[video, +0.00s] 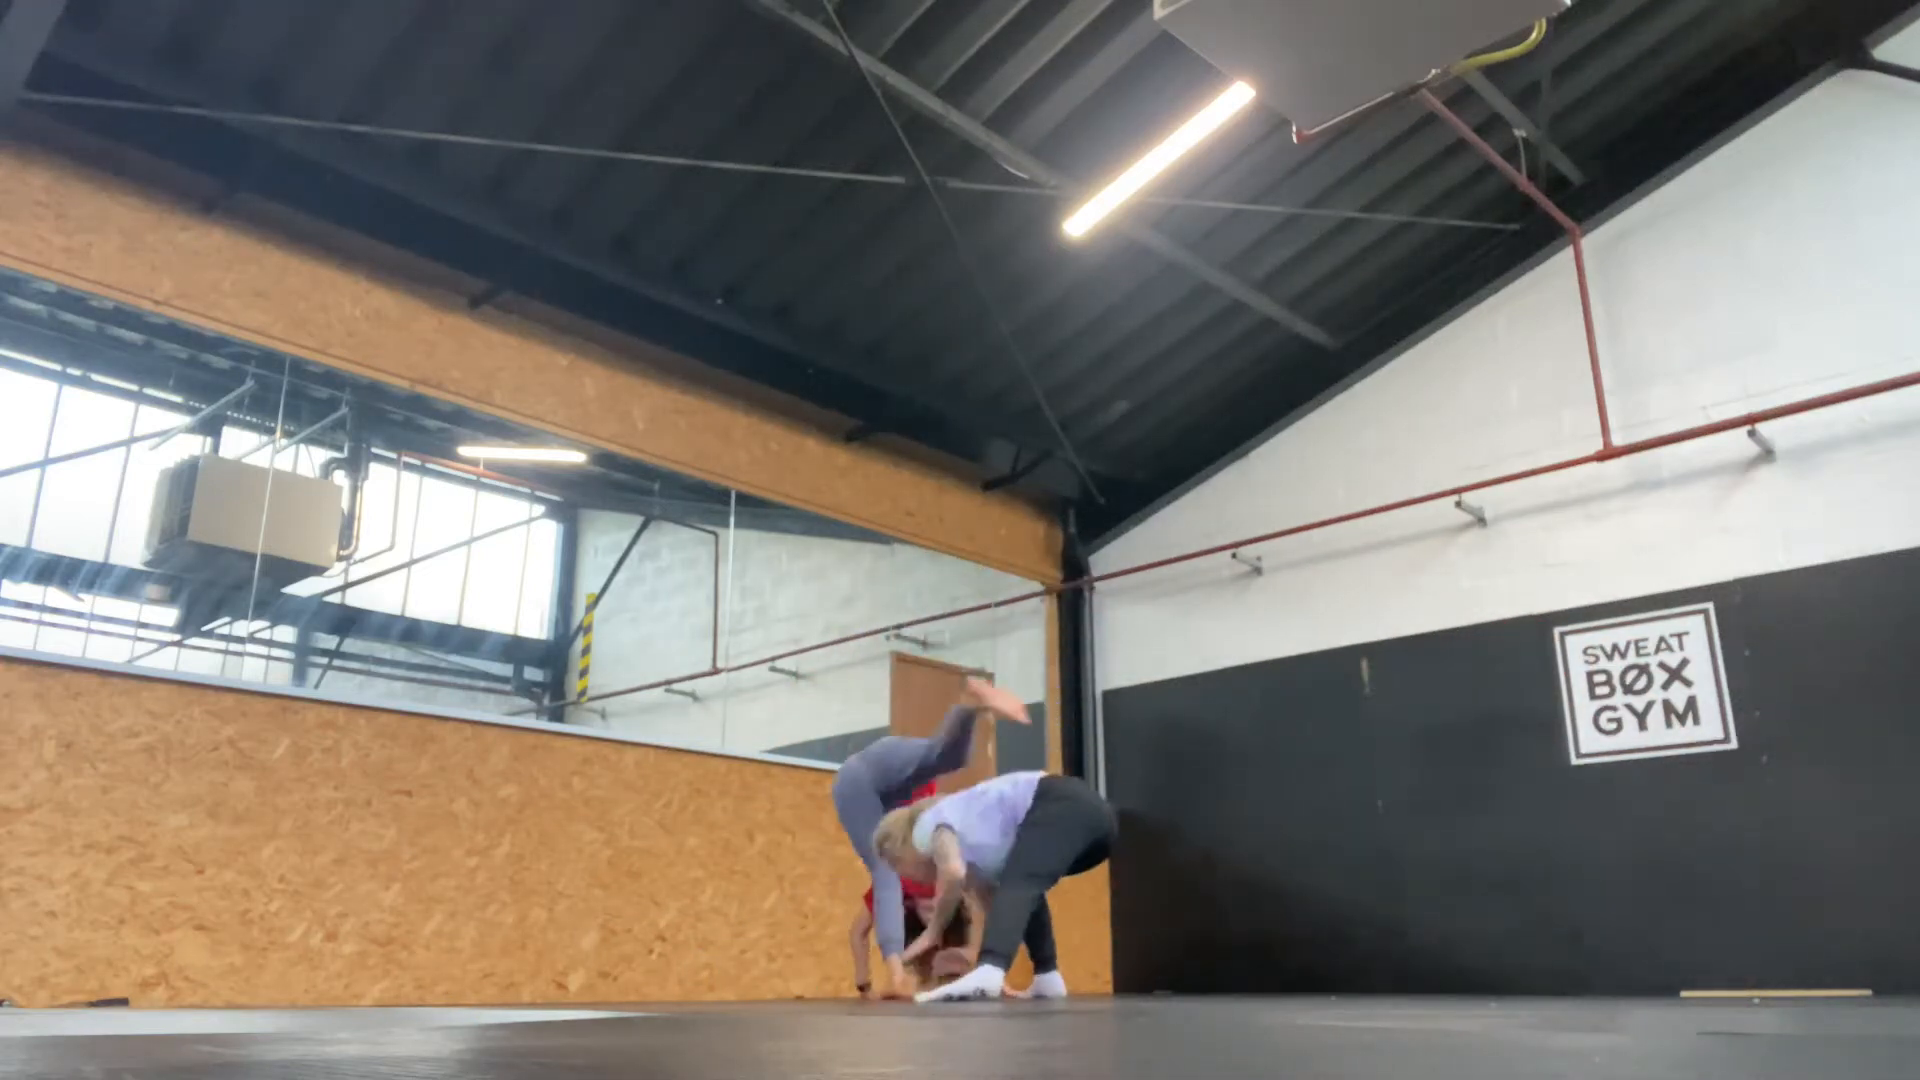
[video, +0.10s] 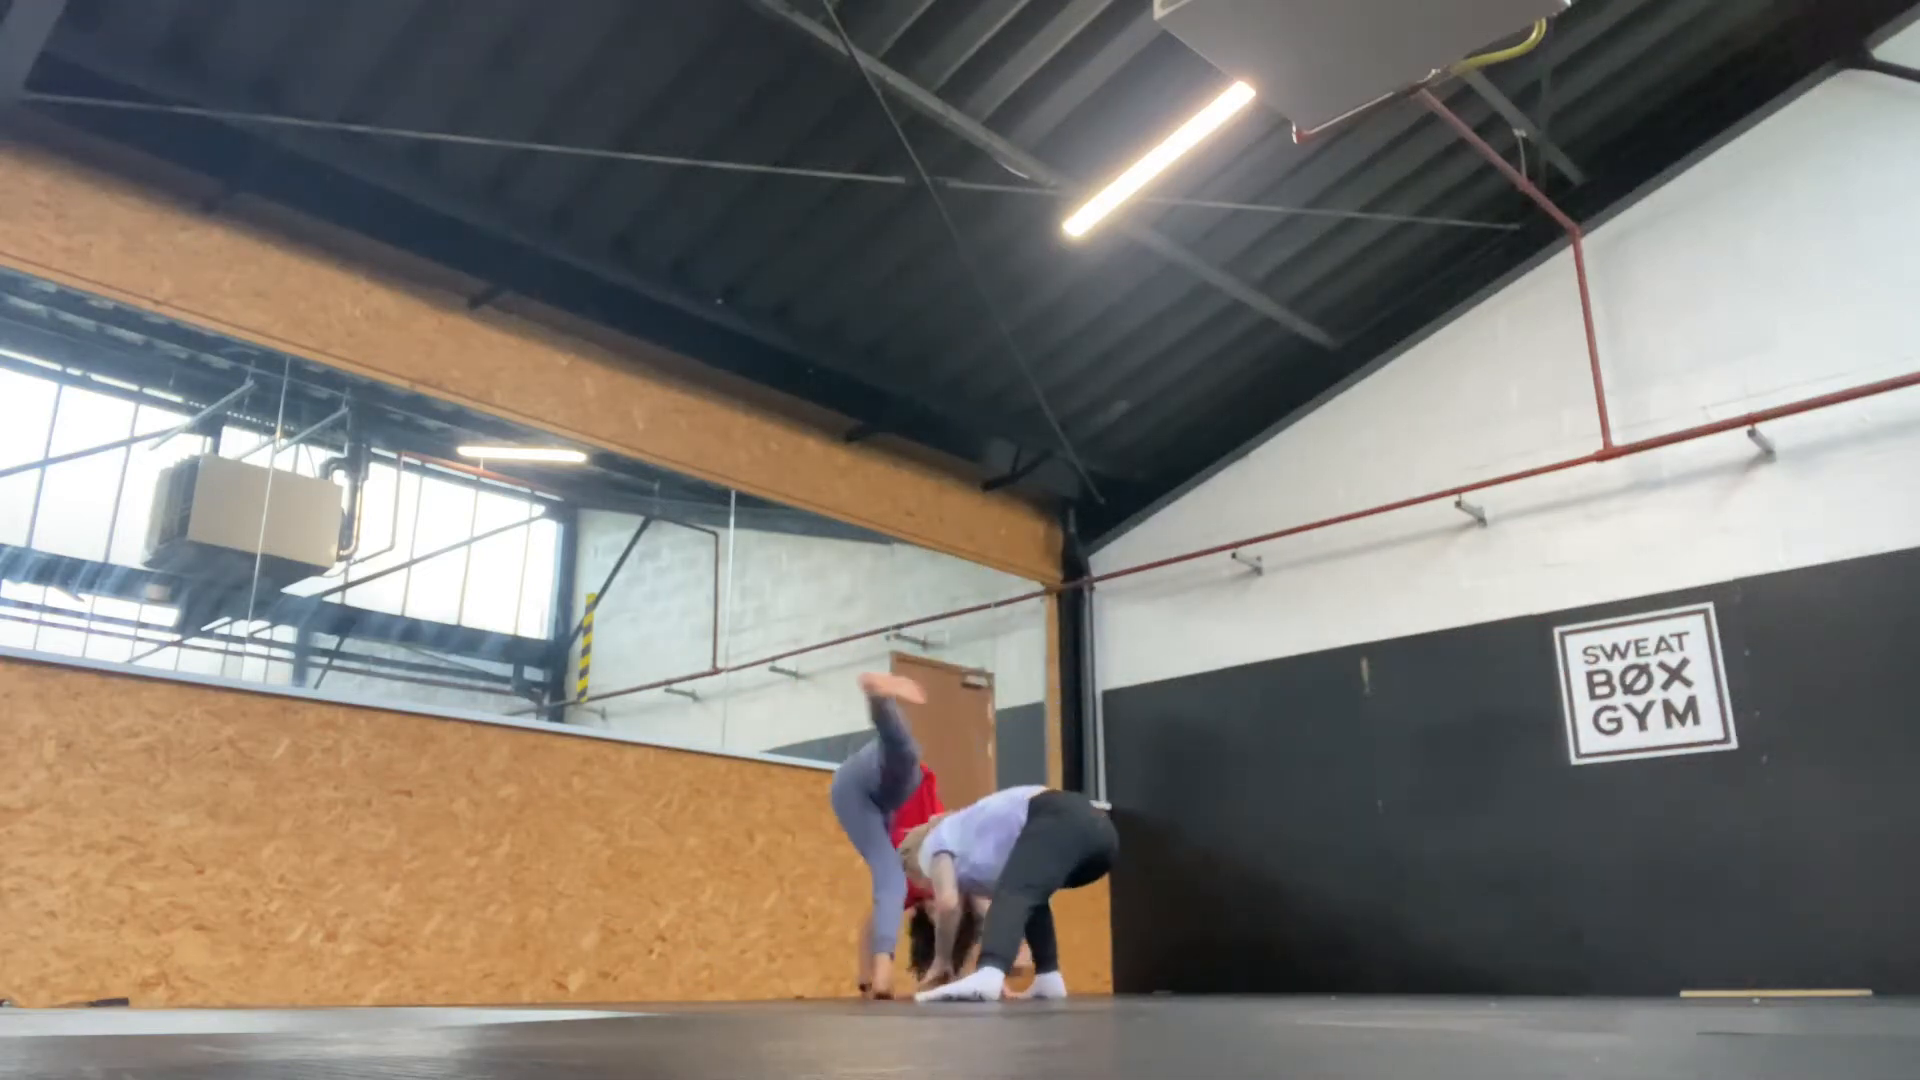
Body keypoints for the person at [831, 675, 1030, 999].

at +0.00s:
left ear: (914, 918)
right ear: (941, 912)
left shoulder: (894, 883)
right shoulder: (952, 878)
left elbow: (857, 932)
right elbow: (981, 908)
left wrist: (860, 983)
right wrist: (974, 964)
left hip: (849, 775)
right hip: (888, 752)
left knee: (884, 872)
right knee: (950, 757)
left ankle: (898, 977)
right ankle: (971, 704)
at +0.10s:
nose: (932, 907)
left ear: (921, 910)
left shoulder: (904, 887)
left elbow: (871, 926)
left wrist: (865, 977)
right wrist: (950, 968)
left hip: (844, 791)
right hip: (888, 794)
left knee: (889, 879)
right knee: (904, 756)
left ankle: (878, 978)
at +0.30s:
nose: (927, 924)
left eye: (936, 928)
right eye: (938, 925)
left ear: (940, 907)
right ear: (951, 905)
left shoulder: (918, 888)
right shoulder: (963, 867)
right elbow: (986, 926)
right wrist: (992, 981)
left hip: (868, 814)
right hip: (886, 772)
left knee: (902, 883)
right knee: (808, 796)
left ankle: (868, 980)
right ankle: (707, 796)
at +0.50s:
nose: (1001, 877)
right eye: (1005, 869)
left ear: (995, 844)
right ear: (999, 843)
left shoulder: (962, 848)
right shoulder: (972, 839)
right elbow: (982, 909)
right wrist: (1004, 967)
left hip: (862, 820)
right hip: (845, 781)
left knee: (886, 878)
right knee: (756, 869)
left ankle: (861, 981)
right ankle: (662, 903)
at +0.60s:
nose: (945, 894)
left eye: (956, 892)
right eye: (958, 889)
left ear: (960, 864)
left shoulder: (916, 842)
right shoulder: (955, 821)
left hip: (848, 814)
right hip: (822, 785)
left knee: (870, 883)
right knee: (764, 889)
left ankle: (862, 979)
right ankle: (690, 925)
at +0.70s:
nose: (950, 798)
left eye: (951, 787)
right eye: (948, 788)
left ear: (968, 775)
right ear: (995, 769)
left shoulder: (988, 789)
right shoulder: (1037, 796)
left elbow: (973, 850)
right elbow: (1058, 868)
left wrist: (911, 885)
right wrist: (1076, 937)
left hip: (1043, 905)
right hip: (1082, 913)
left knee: (934, 937)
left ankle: (835, 978)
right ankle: (1047, 966)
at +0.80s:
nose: (948, 794)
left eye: (944, 783)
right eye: (942, 785)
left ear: (955, 771)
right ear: (982, 760)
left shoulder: (978, 800)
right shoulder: (1029, 789)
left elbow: (962, 876)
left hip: (1031, 919)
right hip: (1077, 920)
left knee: (947, 942)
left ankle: (871, 980)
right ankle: (1043, 973)